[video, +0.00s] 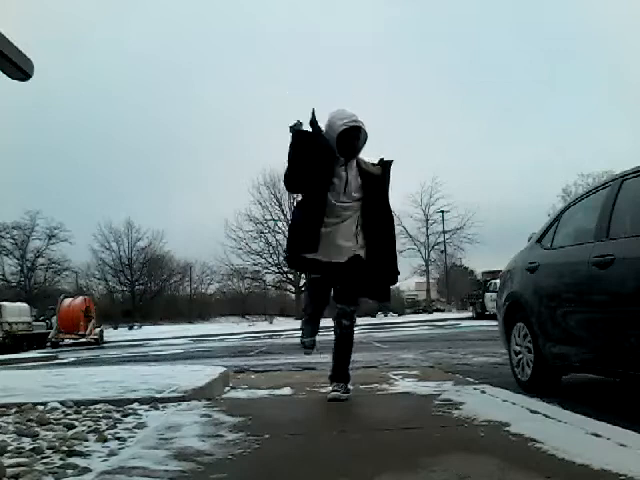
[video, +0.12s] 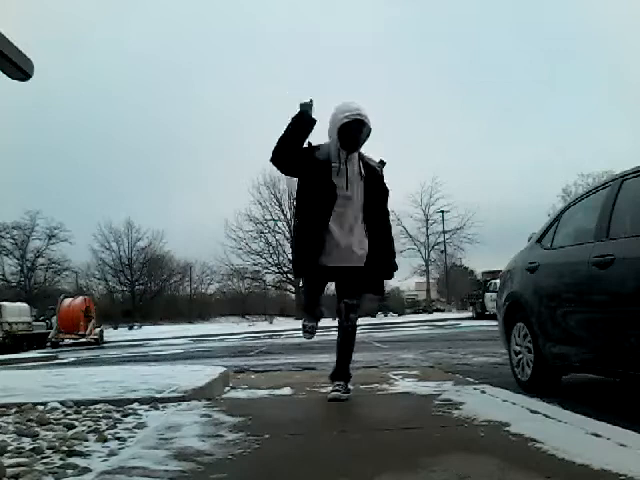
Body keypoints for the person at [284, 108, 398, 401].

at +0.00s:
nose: (353, 142)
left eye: (357, 137)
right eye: (347, 136)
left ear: (362, 139)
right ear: (333, 137)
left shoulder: (371, 173)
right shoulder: (317, 165)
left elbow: (382, 220)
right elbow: (293, 185)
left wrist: (387, 266)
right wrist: (300, 145)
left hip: (353, 255)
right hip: (319, 254)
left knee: (345, 317)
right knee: (315, 306)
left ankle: (340, 381)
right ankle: (309, 328)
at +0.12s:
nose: (355, 134)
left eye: (361, 130)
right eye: (350, 128)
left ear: (365, 135)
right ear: (336, 129)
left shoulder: (371, 170)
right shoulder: (314, 159)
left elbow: (381, 218)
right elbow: (281, 159)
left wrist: (386, 260)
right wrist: (302, 121)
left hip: (357, 254)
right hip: (319, 251)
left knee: (348, 316)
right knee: (311, 294)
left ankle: (341, 378)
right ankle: (311, 317)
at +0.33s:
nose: (353, 129)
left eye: (358, 124)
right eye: (347, 123)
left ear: (365, 127)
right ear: (333, 124)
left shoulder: (377, 167)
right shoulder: (317, 146)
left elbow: (382, 218)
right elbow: (281, 153)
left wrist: (386, 258)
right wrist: (307, 116)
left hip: (357, 246)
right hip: (320, 240)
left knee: (354, 312)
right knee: (297, 299)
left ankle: (349, 379)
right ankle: (313, 294)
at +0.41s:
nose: (351, 140)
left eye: (357, 134)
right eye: (345, 134)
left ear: (365, 137)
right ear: (332, 136)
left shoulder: (377, 176)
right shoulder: (314, 168)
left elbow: (386, 219)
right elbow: (298, 208)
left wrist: (394, 249)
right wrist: (303, 168)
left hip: (360, 255)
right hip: (321, 251)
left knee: (356, 319)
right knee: (298, 312)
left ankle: (347, 380)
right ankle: (296, 284)